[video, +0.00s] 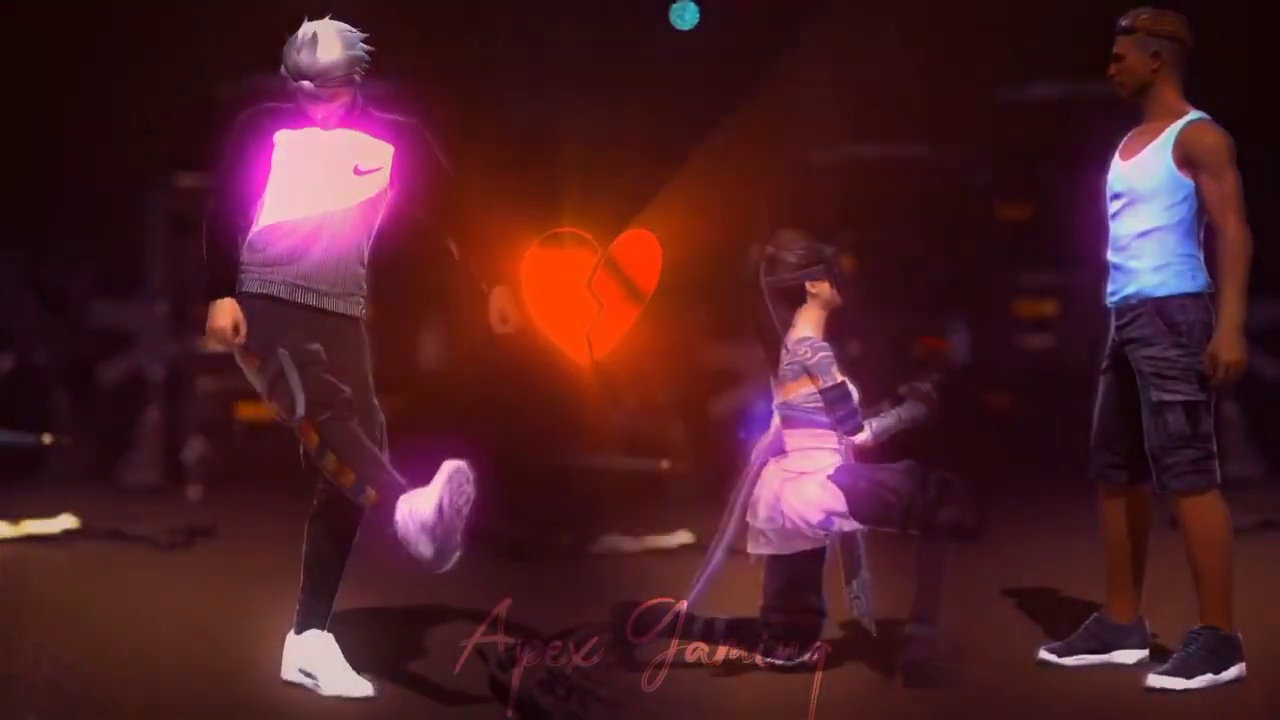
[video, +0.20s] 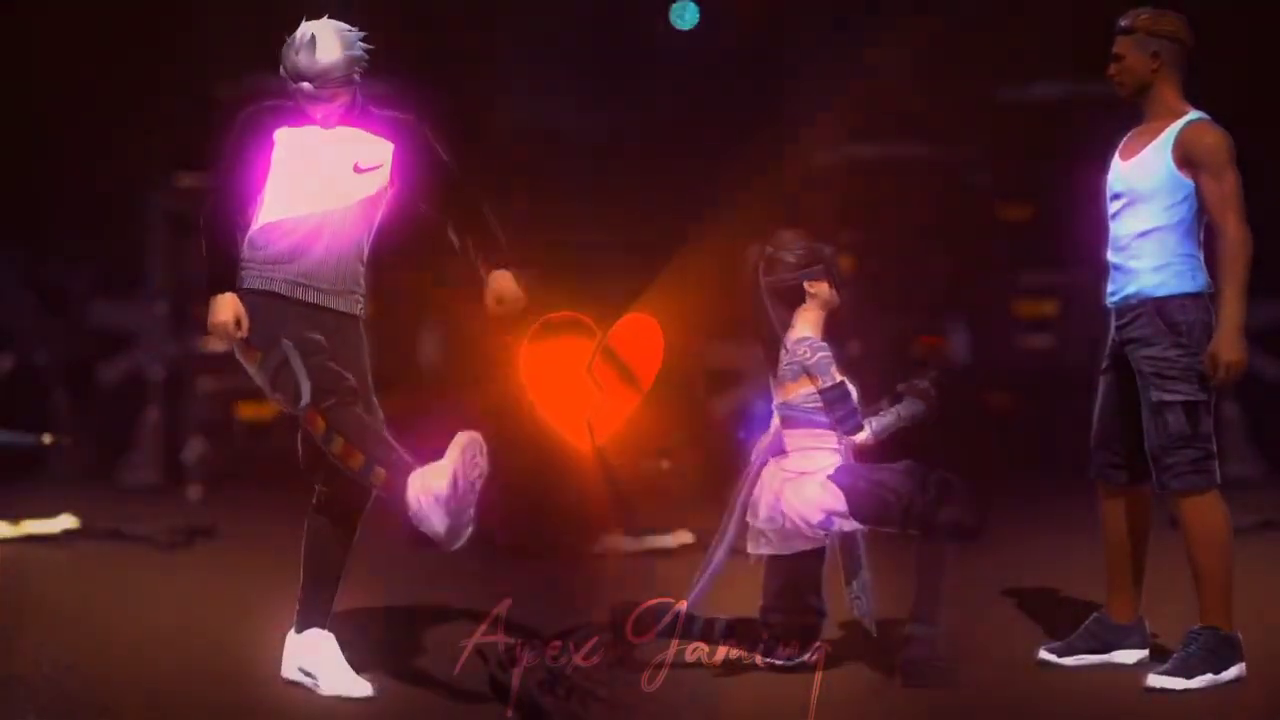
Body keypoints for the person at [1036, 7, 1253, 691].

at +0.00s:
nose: (1111, 67)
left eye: (1121, 57)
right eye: (1112, 58)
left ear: (1158, 61)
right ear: (1142, 64)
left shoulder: (1200, 135)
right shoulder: (1131, 142)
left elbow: (1234, 233)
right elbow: (1133, 241)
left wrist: (1229, 328)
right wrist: (1118, 320)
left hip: (1173, 319)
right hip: (1125, 322)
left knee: (1189, 477)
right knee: (1117, 471)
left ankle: (1216, 637)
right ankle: (1121, 623)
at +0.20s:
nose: (1111, 67)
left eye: (1121, 57)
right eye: (1111, 57)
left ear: (1158, 61)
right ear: (1141, 64)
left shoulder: (1199, 135)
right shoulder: (1131, 142)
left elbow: (1234, 233)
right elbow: (1134, 241)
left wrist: (1229, 328)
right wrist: (1118, 320)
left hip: (1173, 319)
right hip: (1125, 322)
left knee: (1189, 477)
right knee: (1117, 471)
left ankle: (1216, 637)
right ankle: (1121, 623)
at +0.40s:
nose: (1110, 67)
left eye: (1120, 57)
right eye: (1111, 57)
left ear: (1157, 61)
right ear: (1140, 65)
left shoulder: (1199, 135)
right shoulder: (1132, 141)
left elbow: (1233, 233)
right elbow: (1135, 240)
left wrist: (1230, 328)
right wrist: (1119, 321)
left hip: (1173, 320)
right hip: (1125, 322)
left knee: (1189, 476)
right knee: (1116, 469)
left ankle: (1216, 637)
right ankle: (1121, 623)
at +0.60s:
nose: (1110, 67)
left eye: (1120, 57)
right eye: (1111, 58)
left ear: (1156, 62)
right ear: (1141, 65)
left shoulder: (1199, 135)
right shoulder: (1131, 143)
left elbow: (1233, 232)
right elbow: (1135, 241)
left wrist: (1231, 328)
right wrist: (1119, 321)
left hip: (1172, 320)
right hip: (1125, 323)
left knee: (1189, 477)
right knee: (1116, 471)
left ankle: (1217, 636)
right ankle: (1120, 622)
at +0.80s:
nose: (1110, 67)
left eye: (1119, 57)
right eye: (1110, 57)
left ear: (1156, 62)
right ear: (1142, 64)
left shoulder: (1199, 135)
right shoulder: (1131, 143)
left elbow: (1233, 232)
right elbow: (1134, 242)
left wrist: (1231, 327)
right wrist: (1118, 323)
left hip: (1172, 320)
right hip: (1125, 323)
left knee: (1189, 477)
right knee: (1115, 470)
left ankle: (1216, 636)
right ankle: (1120, 623)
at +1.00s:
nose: (1110, 67)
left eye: (1119, 57)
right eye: (1110, 57)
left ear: (1156, 61)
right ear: (1141, 64)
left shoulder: (1198, 135)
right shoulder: (1131, 142)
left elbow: (1234, 234)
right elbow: (1135, 242)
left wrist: (1231, 329)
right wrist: (1119, 323)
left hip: (1173, 320)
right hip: (1126, 323)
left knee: (1188, 477)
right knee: (1116, 471)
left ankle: (1216, 636)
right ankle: (1120, 623)